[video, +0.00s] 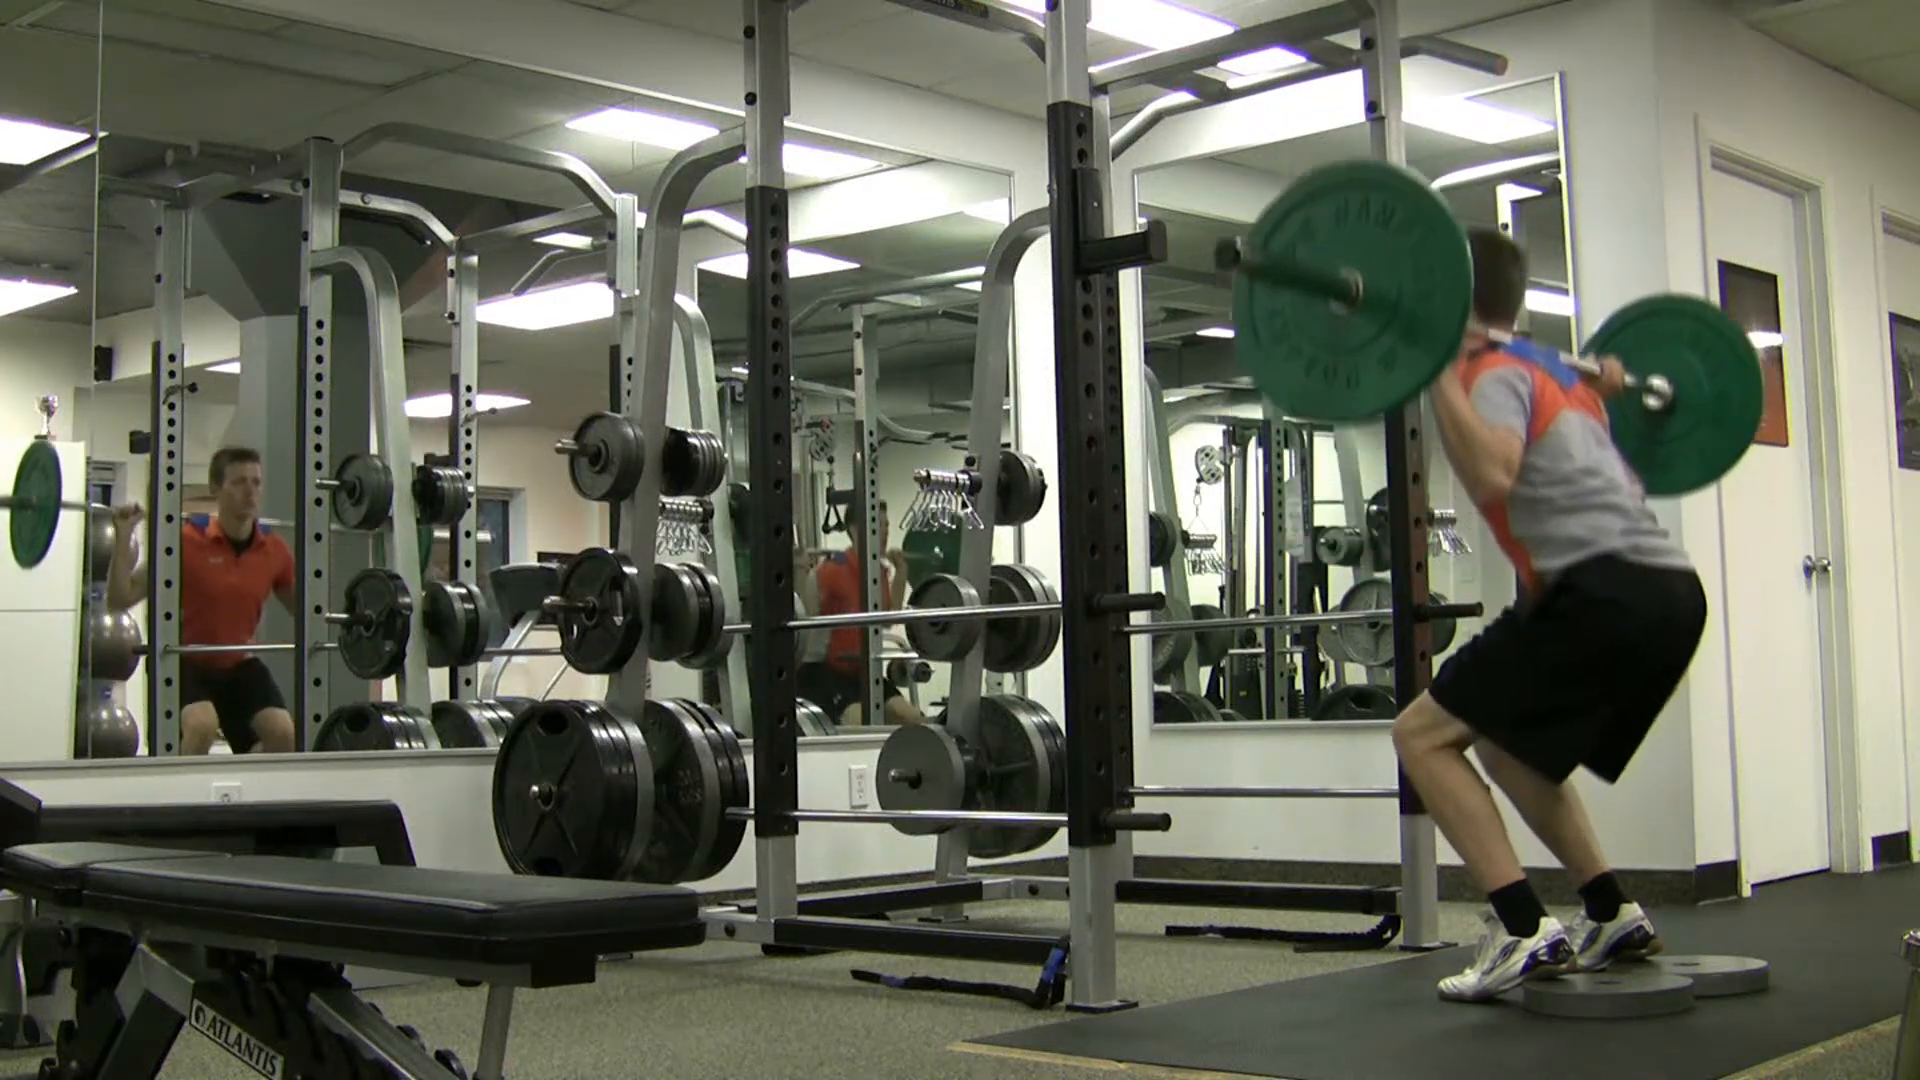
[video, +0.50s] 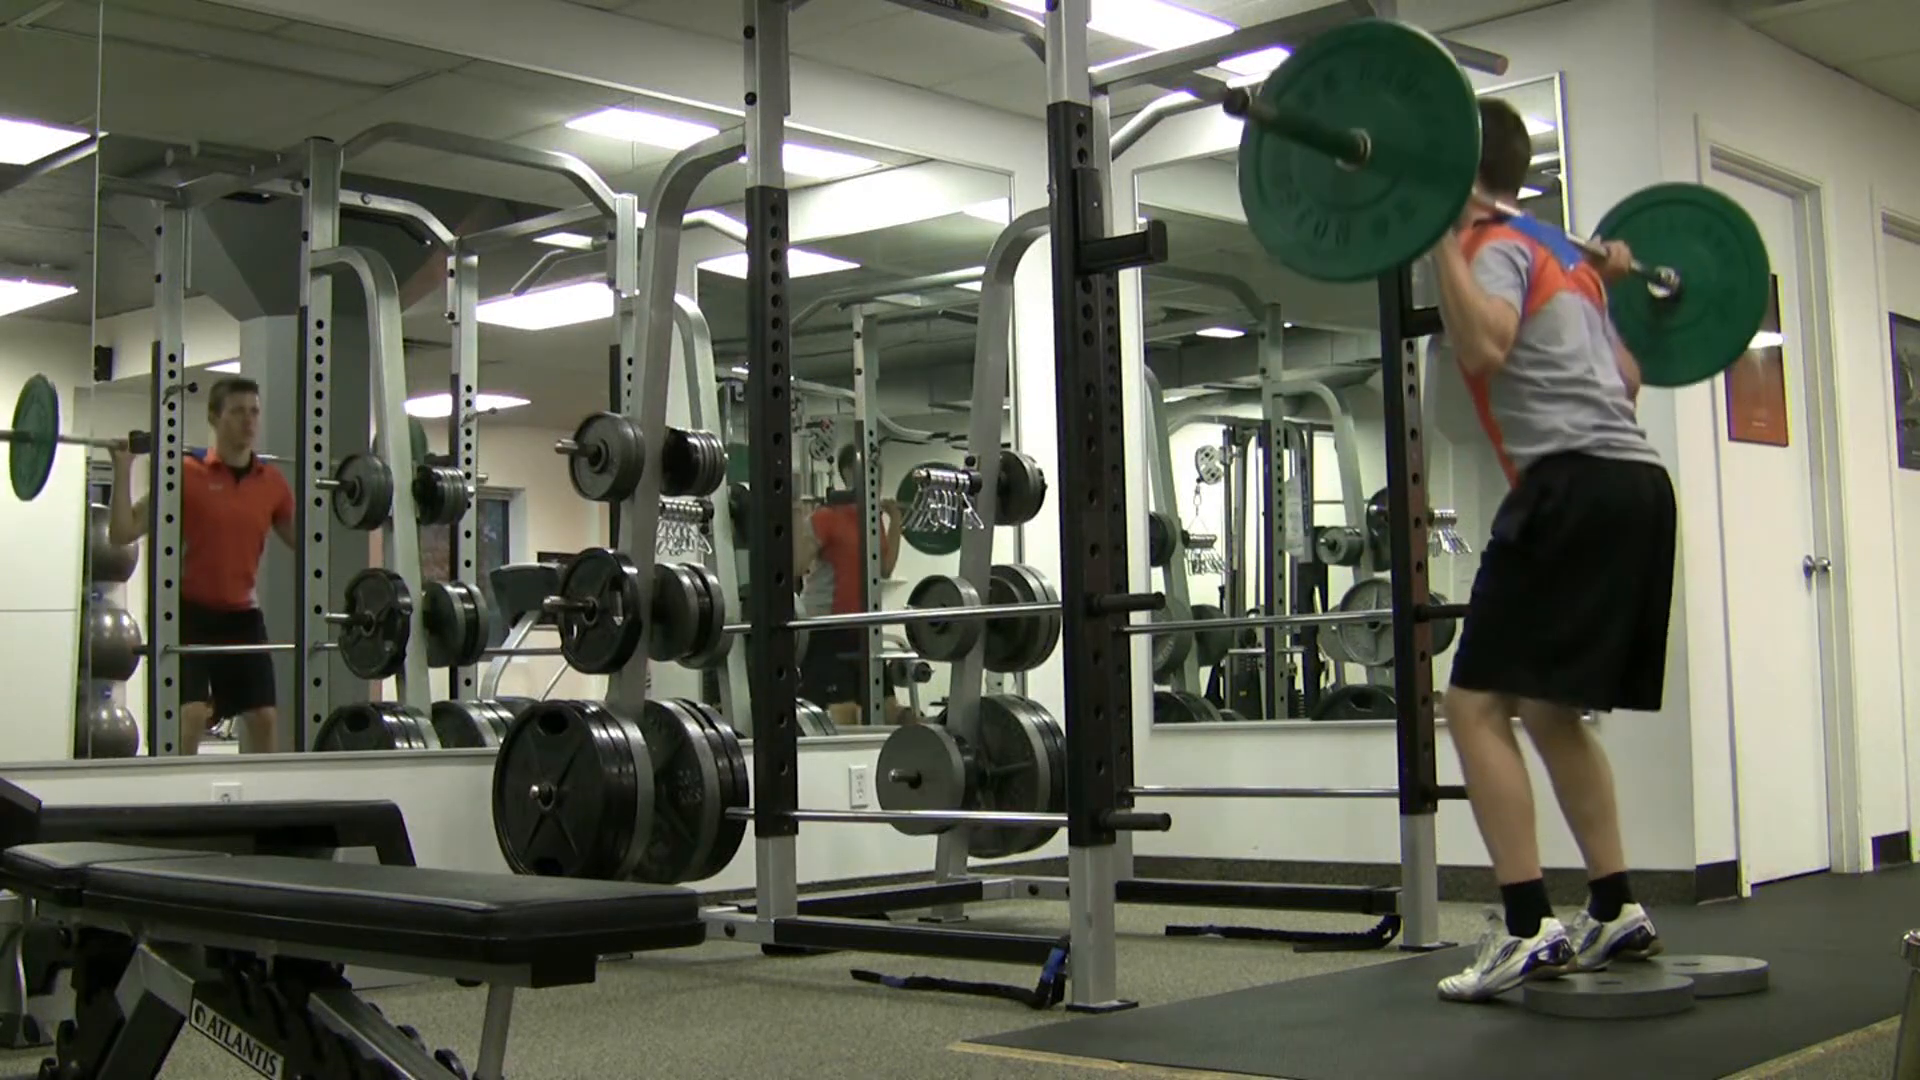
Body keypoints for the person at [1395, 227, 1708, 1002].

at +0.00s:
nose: (1435, 321)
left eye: (1438, 305)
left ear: (1453, 307)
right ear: (1514, 307)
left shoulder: (1496, 370)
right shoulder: (1555, 373)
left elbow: (1494, 477)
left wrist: (1440, 378)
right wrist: (1593, 382)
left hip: (1599, 590)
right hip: (1671, 593)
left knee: (1420, 735)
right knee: (1512, 750)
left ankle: (1522, 929)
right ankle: (1614, 913)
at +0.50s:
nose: (1439, 185)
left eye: (1444, 166)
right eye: (1448, 167)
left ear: (1464, 169)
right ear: (1521, 174)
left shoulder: (1498, 242)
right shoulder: (1567, 253)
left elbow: (1486, 347)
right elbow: (1625, 377)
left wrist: (1442, 243)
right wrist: (1606, 279)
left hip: (1570, 488)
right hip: (1636, 491)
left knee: (1471, 705)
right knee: (1550, 709)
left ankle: (1526, 928)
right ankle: (1616, 910)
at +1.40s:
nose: (1443, 140)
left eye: (1449, 118)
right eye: (1459, 116)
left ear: (1467, 129)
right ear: (1521, 130)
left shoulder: (1496, 210)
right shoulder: (1571, 220)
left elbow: (1491, 316)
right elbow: (1623, 352)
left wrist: (1444, 207)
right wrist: (1608, 246)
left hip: (1539, 474)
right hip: (1606, 472)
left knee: (1499, 698)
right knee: (1573, 697)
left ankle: (1527, 931)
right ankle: (1617, 909)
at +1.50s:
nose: (1439, 157)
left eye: (1445, 135)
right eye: (1452, 133)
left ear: (1467, 146)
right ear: (1521, 148)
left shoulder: (1499, 222)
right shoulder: (1568, 233)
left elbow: (1492, 329)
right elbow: (1623, 362)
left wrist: (1443, 222)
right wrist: (1605, 257)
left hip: (1547, 483)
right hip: (1612, 485)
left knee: (1476, 705)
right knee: (1561, 709)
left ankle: (1527, 928)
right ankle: (1617, 910)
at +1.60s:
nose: (1439, 180)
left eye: (1444, 160)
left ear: (1464, 167)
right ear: (1518, 170)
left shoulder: (1497, 243)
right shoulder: (1568, 252)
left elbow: (1491, 351)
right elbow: (1622, 380)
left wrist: (1443, 243)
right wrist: (1606, 273)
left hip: (1555, 494)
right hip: (1622, 498)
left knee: (1456, 706)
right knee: (1540, 708)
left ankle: (1525, 930)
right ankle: (1615, 910)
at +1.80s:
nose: (1438, 233)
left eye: (1442, 215)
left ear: (1458, 216)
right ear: (1519, 216)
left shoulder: (1496, 286)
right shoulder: (1567, 293)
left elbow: (1489, 396)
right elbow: (1625, 411)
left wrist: (1438, 289)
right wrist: (1603, 313)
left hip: (1574, 529)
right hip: (1644, 534)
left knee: (1435, 722)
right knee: (1522, 724)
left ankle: (1525, 930)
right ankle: (1614, 912)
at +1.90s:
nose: (1434, 252)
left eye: (1439, 235)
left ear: (1456, 237)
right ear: (1517, 239)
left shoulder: (1496, 308)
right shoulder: (1564, 314)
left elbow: (1492, 420)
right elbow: (1626, 432)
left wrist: (1439, 315)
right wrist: (1600, 336)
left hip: (1580, 547)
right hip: (1649, 552)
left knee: (1429, 727)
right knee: (1519, 730)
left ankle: (1524, 929)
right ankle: (1615, 912)